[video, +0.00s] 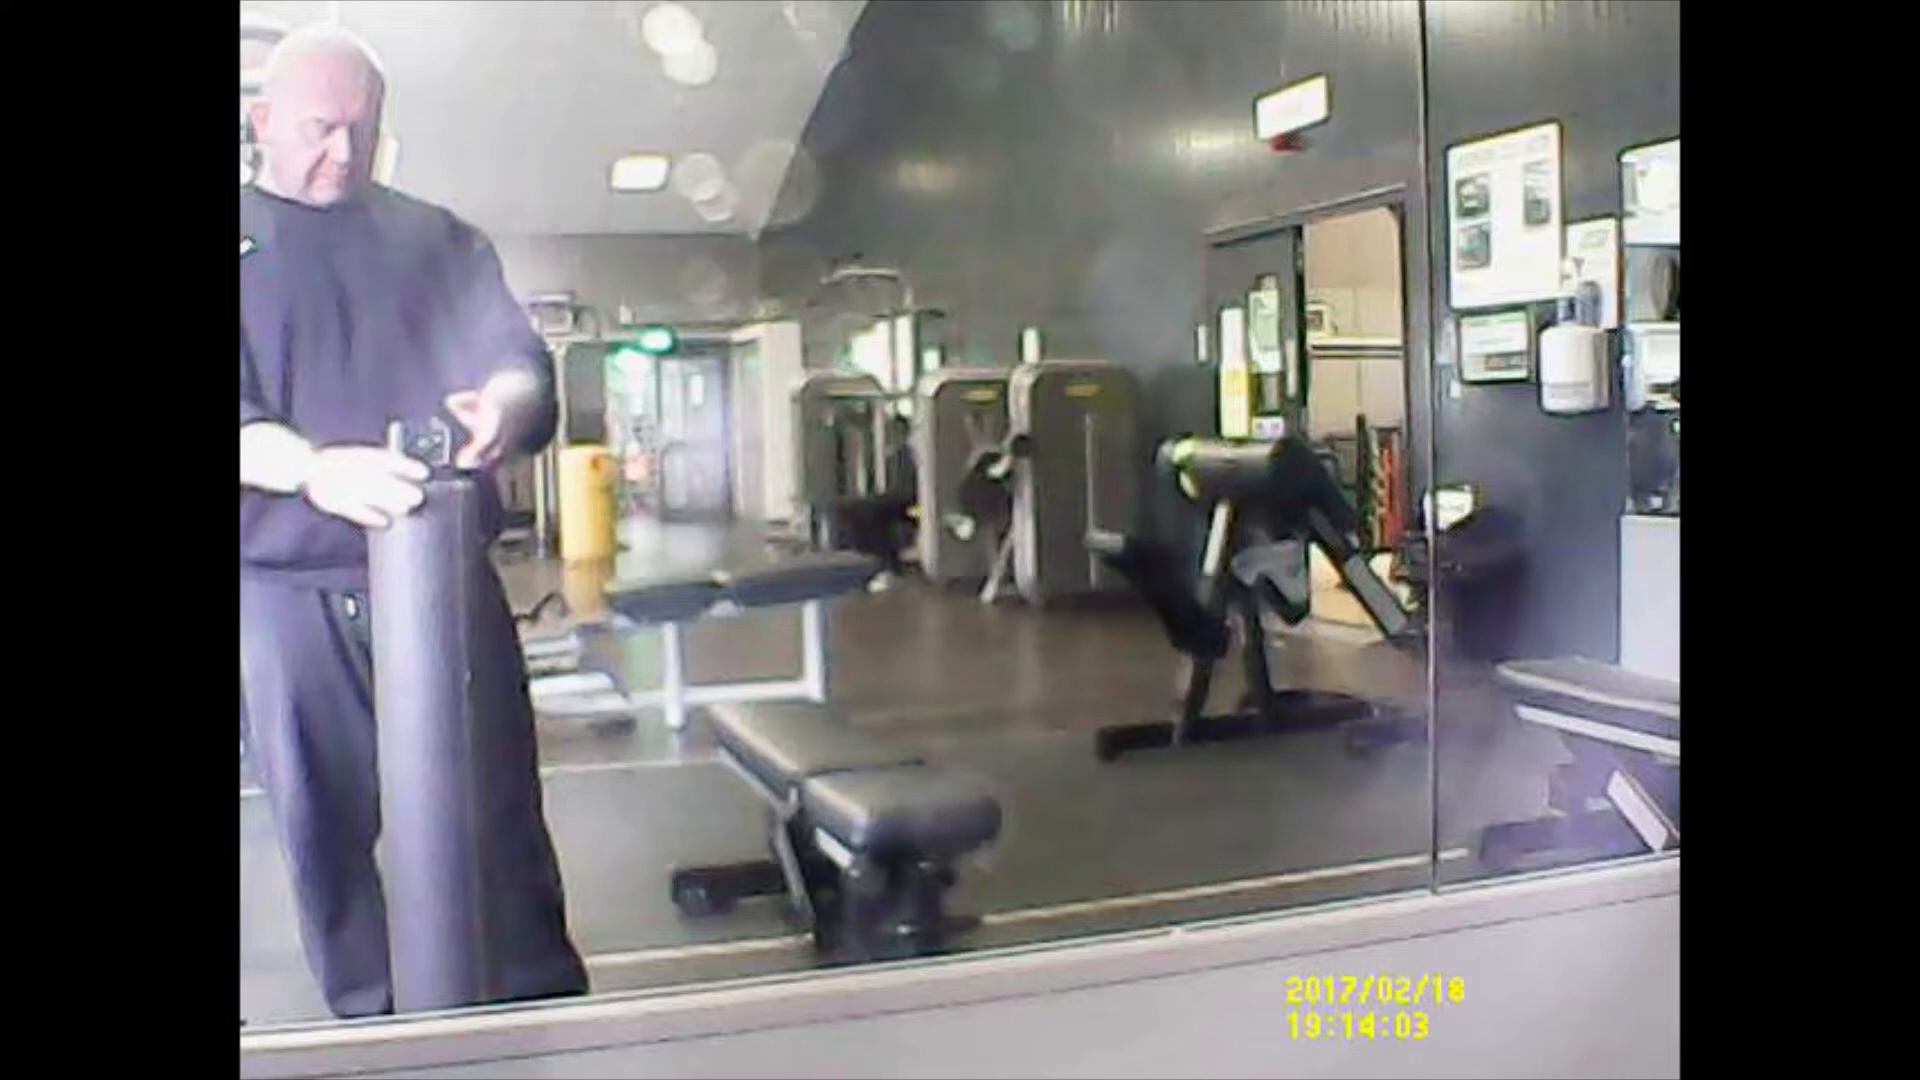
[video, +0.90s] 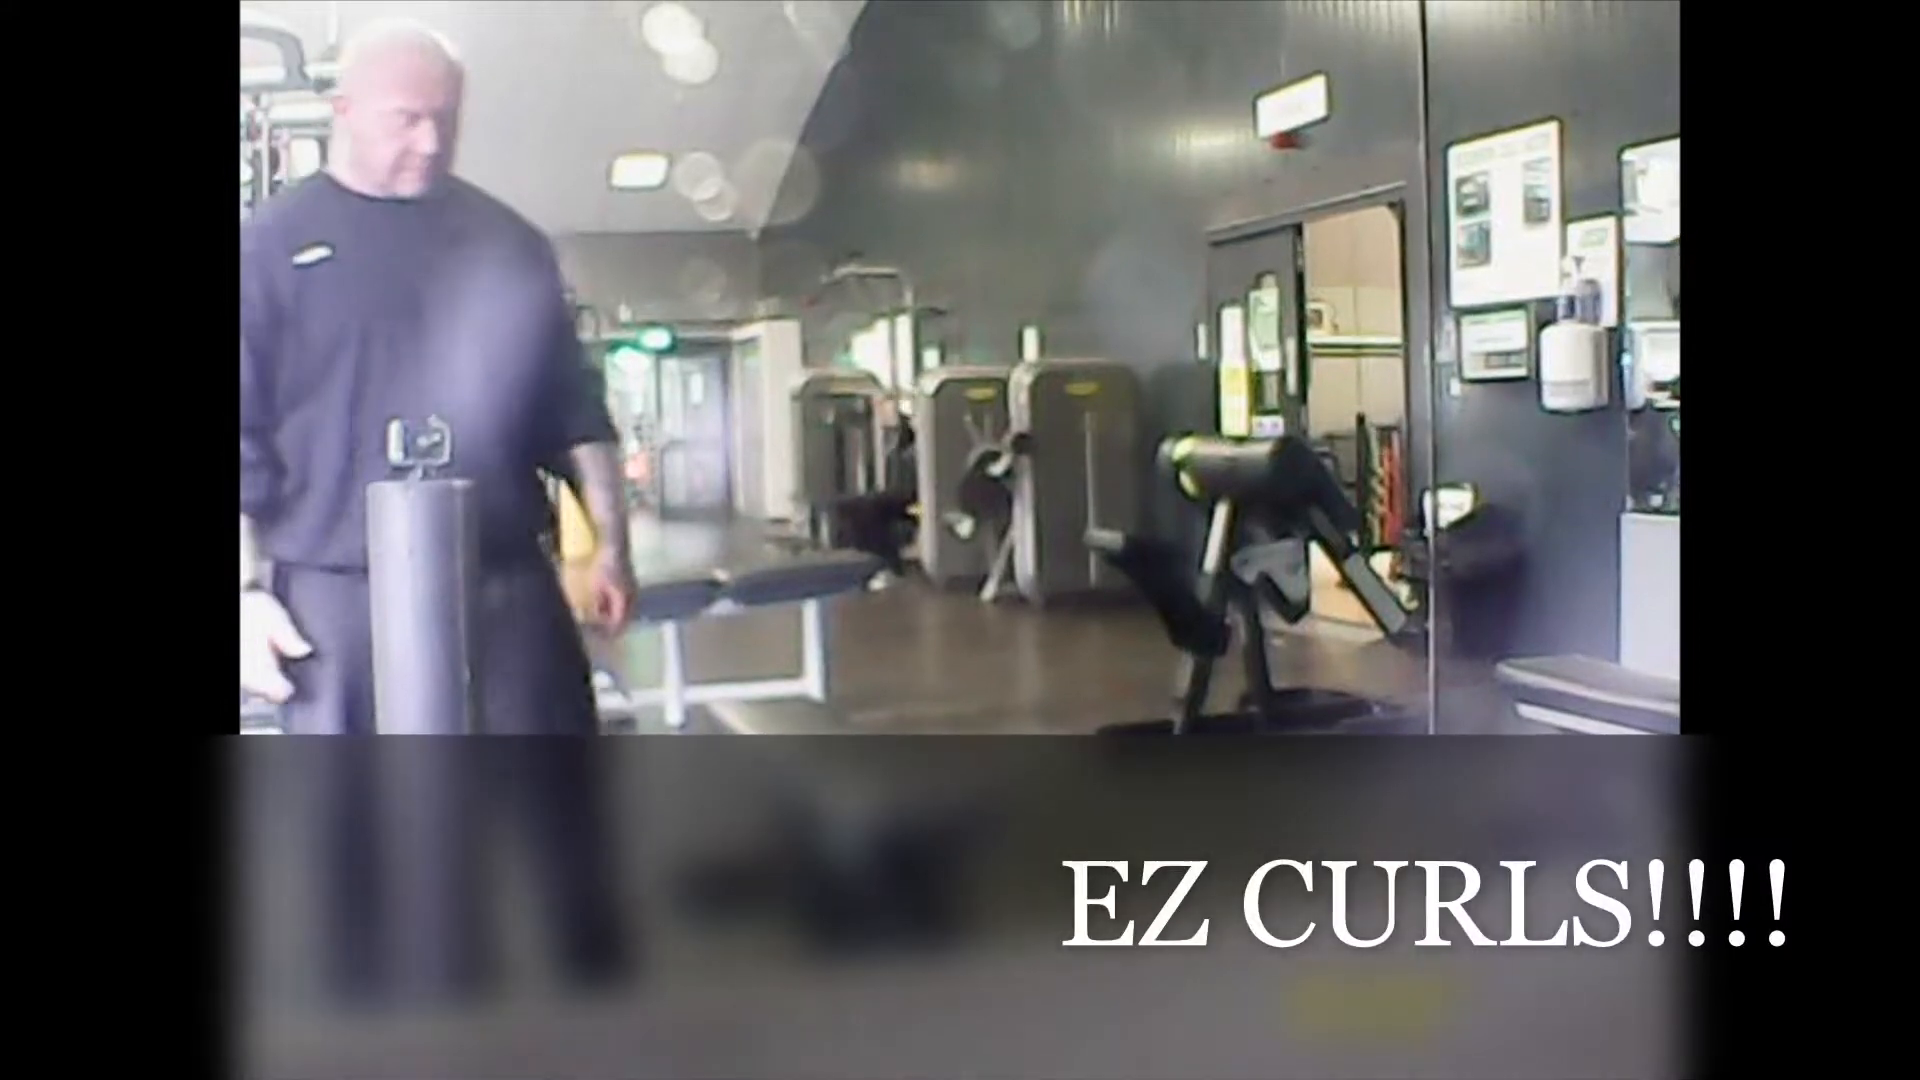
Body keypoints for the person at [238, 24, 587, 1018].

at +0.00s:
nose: (343, 153)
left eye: (361, 129)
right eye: (321, 128)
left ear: (381, 124)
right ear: (262, 121)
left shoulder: (441, 238)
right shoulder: (244, 247)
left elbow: (524, 366)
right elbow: (240, 425)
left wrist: (507, 411)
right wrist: (313, 467)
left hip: (451, 576)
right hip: (293, 591)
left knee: (500, 816)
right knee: (324, 837)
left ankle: (546, 1026)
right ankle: (372, 1035)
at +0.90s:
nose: (429, 140)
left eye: (444, 119)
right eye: (405, 118)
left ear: (460, 119)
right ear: (342, 113)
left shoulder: (508, 242)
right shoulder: (268, 247)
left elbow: (574, 400)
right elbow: (241, 438)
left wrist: (611, 537)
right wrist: (247, 589)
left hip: (501, 578)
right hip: (334, 582)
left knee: (564, 804)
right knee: (347, 824)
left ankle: (596, 1002)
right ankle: (363, 1024)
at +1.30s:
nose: (617, 151)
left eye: (630, 131)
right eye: (597, 126)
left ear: (640, 130)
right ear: (534, 113)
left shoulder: (649, 252)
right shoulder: (435, 239)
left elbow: (692, 402)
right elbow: (392, 430)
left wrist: (710, 536)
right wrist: (451, 577)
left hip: (618, 578)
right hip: (476, 582)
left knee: (633, 816)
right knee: (451, 817)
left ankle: (620, 1016)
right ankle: (453, 1019)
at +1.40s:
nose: (649, 144)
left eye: (662, 125)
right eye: (630, 120)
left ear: (672, 126)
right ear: (567, 110)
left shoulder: (677, 242)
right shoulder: (479, 225)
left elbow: (714, 393)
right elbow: (444, 403)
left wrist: (743, 525)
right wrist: (505, 544)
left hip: (641, 567)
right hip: (506, 560)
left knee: (647, 800)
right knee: (489, 802)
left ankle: (612, 1009)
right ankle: (470, 1010)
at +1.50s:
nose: (670, 142)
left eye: (685, 121)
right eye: (650, 117)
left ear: (696, 124)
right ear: (589, 109)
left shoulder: (703, 245)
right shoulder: (507, 225)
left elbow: (752, 399)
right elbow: (480, 411)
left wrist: (774, 526)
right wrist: (564, 542)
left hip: (665, 559)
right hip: (548, 555)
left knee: (660, 767)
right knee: (578, 771)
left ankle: (619, 968)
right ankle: (584, 987)